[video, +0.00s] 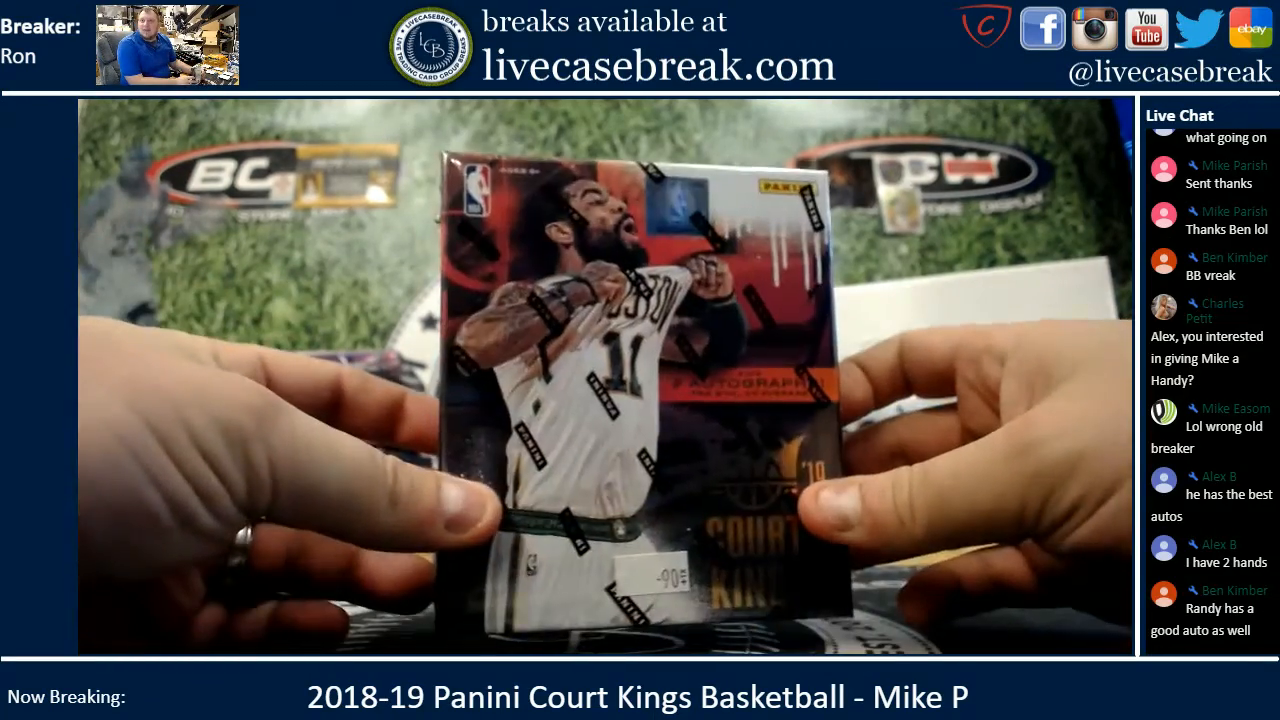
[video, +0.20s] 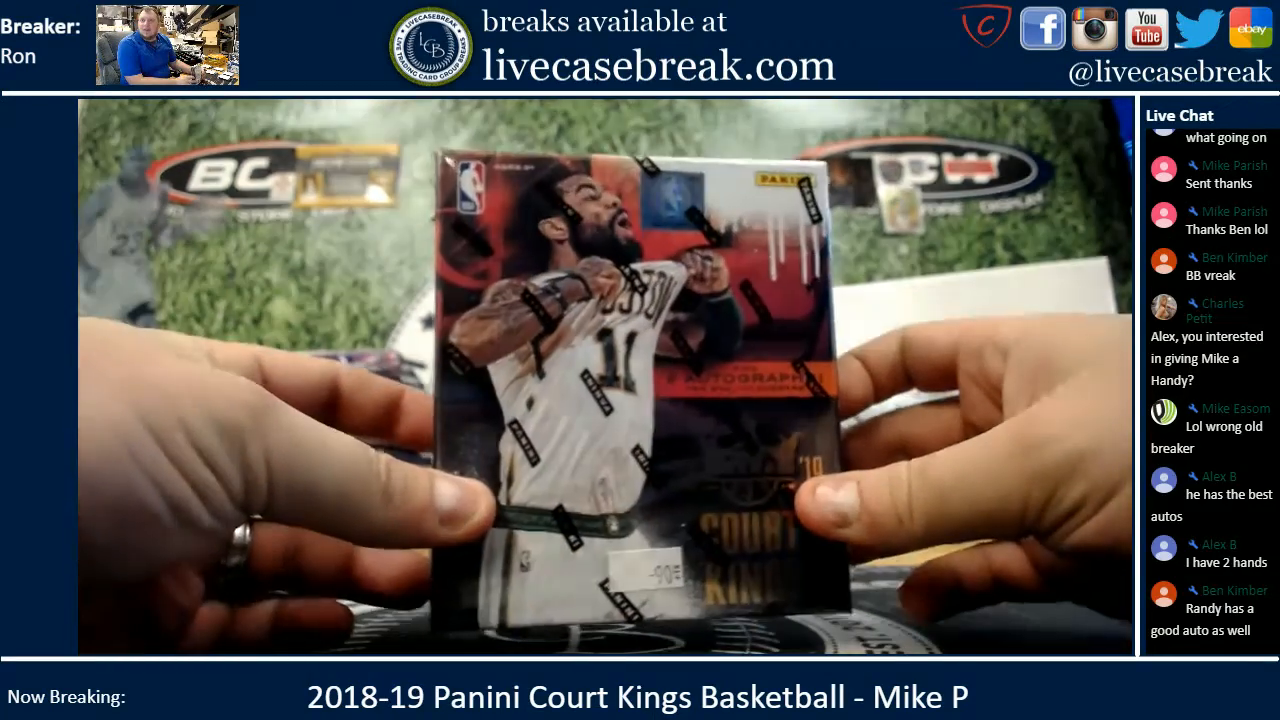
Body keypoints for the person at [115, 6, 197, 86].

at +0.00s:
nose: (146, 25)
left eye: (151, 21)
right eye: (142, 20)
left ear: (159, 24)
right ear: (138, 23)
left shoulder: (164, 40)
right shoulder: (128, 45)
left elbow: (174, 62)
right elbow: (136, 82)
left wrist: (194, 71)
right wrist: (177, 81)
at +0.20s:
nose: (146, 25)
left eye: (151, 20)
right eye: (142, 20)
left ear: (159, 24)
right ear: (138, 23)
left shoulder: (164, 40)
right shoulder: (128, 45)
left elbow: (174, 62)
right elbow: (136, 81)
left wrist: (193, 70)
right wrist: (177, 81)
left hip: (167, 92)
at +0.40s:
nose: (146, 24)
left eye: (151, 20)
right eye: (143, 20)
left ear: (159, 24)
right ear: (138, 23)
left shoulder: (164, 40)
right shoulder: (128, 45)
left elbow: (174, 62)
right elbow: (136, 82)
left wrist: (194, 70)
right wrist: (177, 81)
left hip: (167, 92)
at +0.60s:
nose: (147, 24)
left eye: (152, 20)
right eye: (143, 20)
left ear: (159, 24)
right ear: (138, 23)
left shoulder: (164, 41)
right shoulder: (128, 45)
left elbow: (174, 63)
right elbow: (136, 82)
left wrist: (193, 70)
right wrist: (177, 81)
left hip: (167, 93)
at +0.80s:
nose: (147, 24)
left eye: (152, 20)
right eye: (143, 20)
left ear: (159, 24)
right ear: (138, 23)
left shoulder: (164, 40)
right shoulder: (128, 45)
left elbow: (174, 62)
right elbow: (135, 81)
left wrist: (195, 71)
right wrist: (177, 81)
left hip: (167, 92)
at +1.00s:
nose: (147, 24)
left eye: (152, 20)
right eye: (143, 20)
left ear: (159, 24)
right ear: (138, 23)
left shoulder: (164, 40)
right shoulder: (128, 45)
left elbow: (174, 63)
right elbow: (136, 81)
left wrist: (194, 71)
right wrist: (177, 81)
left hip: (167, 92)